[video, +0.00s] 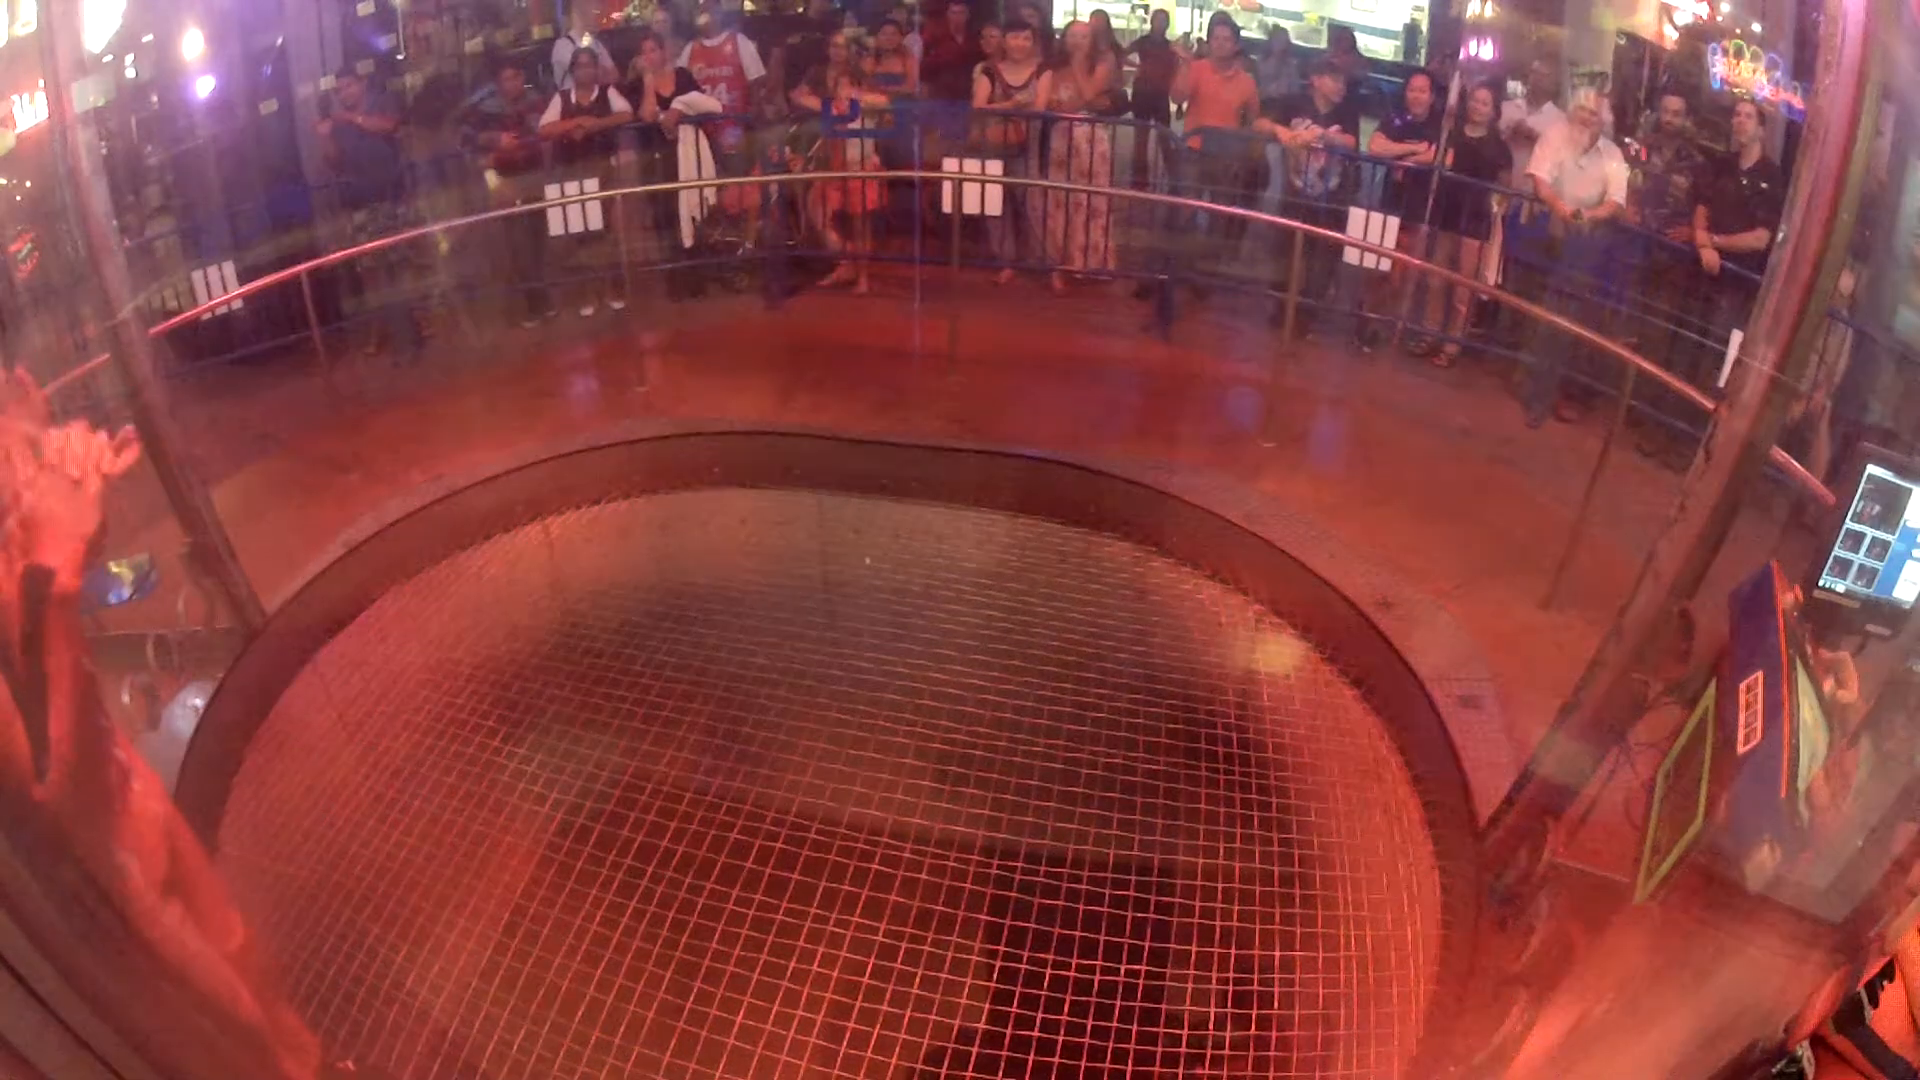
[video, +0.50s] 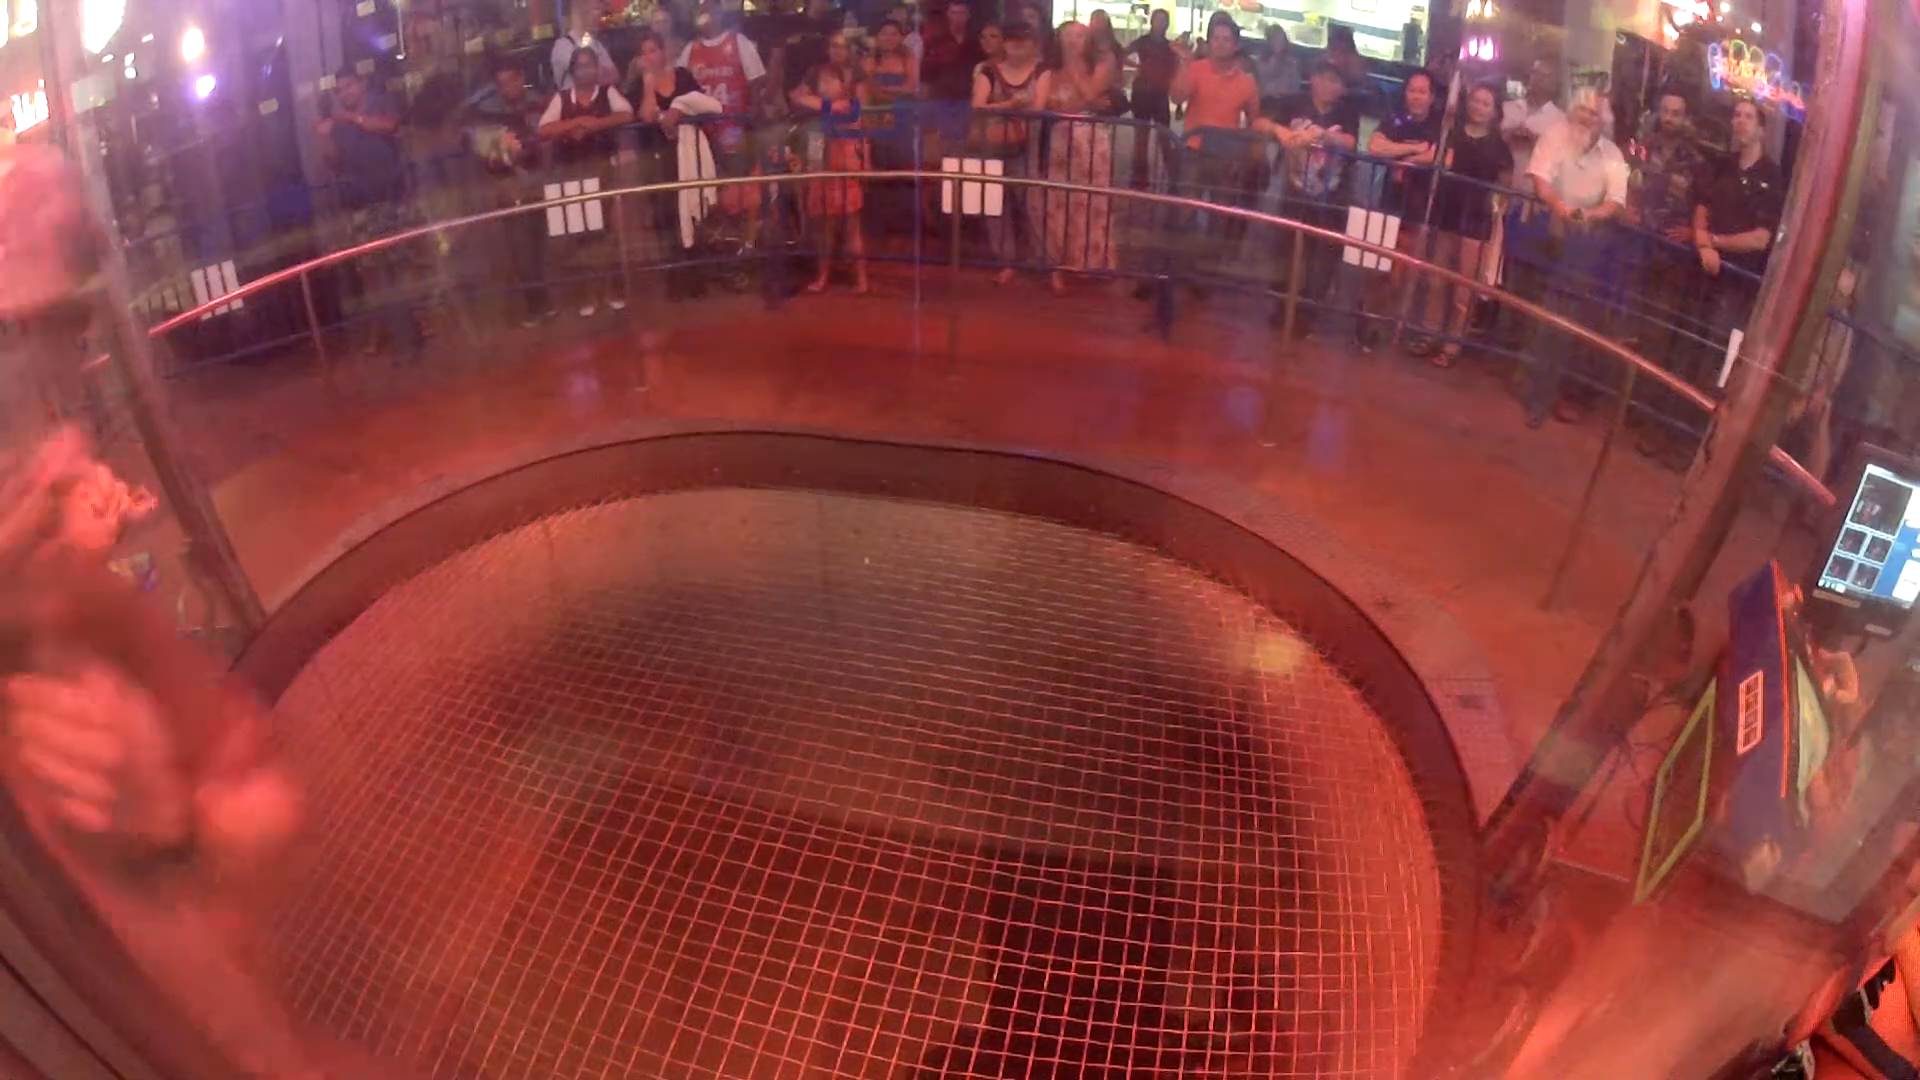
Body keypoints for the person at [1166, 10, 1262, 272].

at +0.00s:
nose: (1220, 43)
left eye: (1226, 39)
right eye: (1215, 38)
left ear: (1236, 45)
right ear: (1208, 41)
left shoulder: (1246, 81)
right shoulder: (1196, 69)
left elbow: (1254, 120)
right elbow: (1177, 97)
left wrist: (1276, 131)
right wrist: (1184, 64)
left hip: (1228, 153)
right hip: (1194, 148)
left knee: (1223, 213)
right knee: (1185, 205)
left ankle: (1209, 270)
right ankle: (1172, 265)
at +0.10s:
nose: (1220, 44)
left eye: (1226, 39)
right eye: (1215, 38)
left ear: (1236, 45)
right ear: (1208, 42)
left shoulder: (1246, 82)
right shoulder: (1196, 69)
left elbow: (1254, 121)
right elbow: (1177, 98)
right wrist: (1183, 65)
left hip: (1228, 152)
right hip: (1194, 147)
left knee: (1222, 209)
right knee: (1187, 205)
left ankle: (1214, 261)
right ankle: (1178, 259)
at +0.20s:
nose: (1220, 43)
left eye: (1226, 39)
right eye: (1215, 38)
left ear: (1236, 45)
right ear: (1208, 41)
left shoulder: (1245, 80)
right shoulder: (1196, 69)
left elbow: (1253, 119)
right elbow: (1178, 96)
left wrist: (1246, 152)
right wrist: (1183, 65)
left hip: (1227, 153)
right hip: (1194, 148)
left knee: (1222, 212)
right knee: (1185, 205)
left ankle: (1209, 267)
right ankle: (1175, 262)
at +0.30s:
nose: (1220, 43)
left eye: (1227, 39)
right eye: (1216, 38)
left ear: (1236, 45)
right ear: (1208, 41)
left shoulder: (1245, 80)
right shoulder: (1196, 69)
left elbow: (1253, 118)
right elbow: (1178, 96)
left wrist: (1247, 152)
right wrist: (1183, 64)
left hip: (1227, 152)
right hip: (1194, 147)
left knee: (1222, 212)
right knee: (1185, 206)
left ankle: (1209, 267)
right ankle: (1175, 263)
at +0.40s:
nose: (1220, 43)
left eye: (1226, 39)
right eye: (1215, 38)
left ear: (1236, 45)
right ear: (1208, 41)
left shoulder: (1246, 82)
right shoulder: (1195, 69)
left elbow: (1254, 121)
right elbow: (1177, 97)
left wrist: (1253, 153)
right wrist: (1183, 65)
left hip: (1228, 153)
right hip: (1194, 148)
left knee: (1222, 210)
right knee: (1186, 205)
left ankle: (1213, 260)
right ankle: (1177, 257)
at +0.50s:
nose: (1220, 43)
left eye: (1226, 39)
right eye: (1215, 38)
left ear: (1236, 45)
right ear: (1208, 41)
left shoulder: (1246, 81)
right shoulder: (1196, 69)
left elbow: (1254, 121)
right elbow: (1177, 96)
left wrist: (1254, 154)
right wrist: (1183, 64)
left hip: (1227, 153)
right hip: (1194, 149)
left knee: (1221, 214)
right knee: (1185, 207)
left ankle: (1211, 267)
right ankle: (1175, 264)